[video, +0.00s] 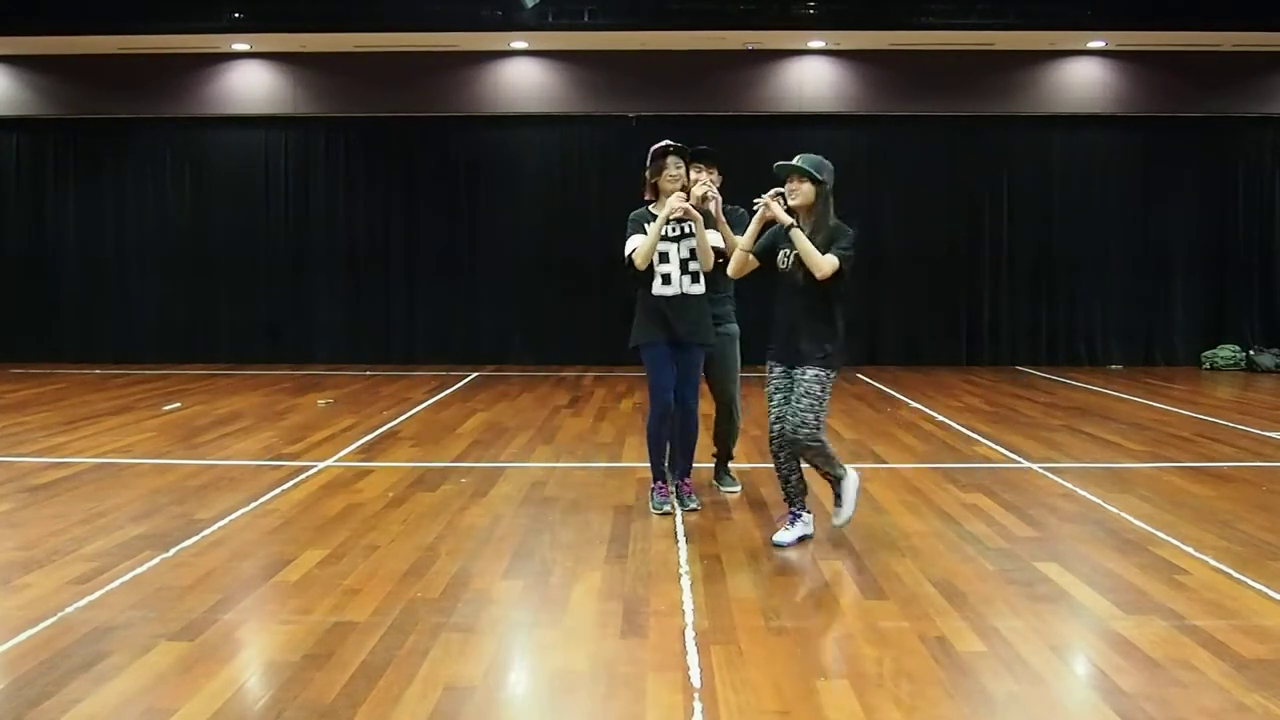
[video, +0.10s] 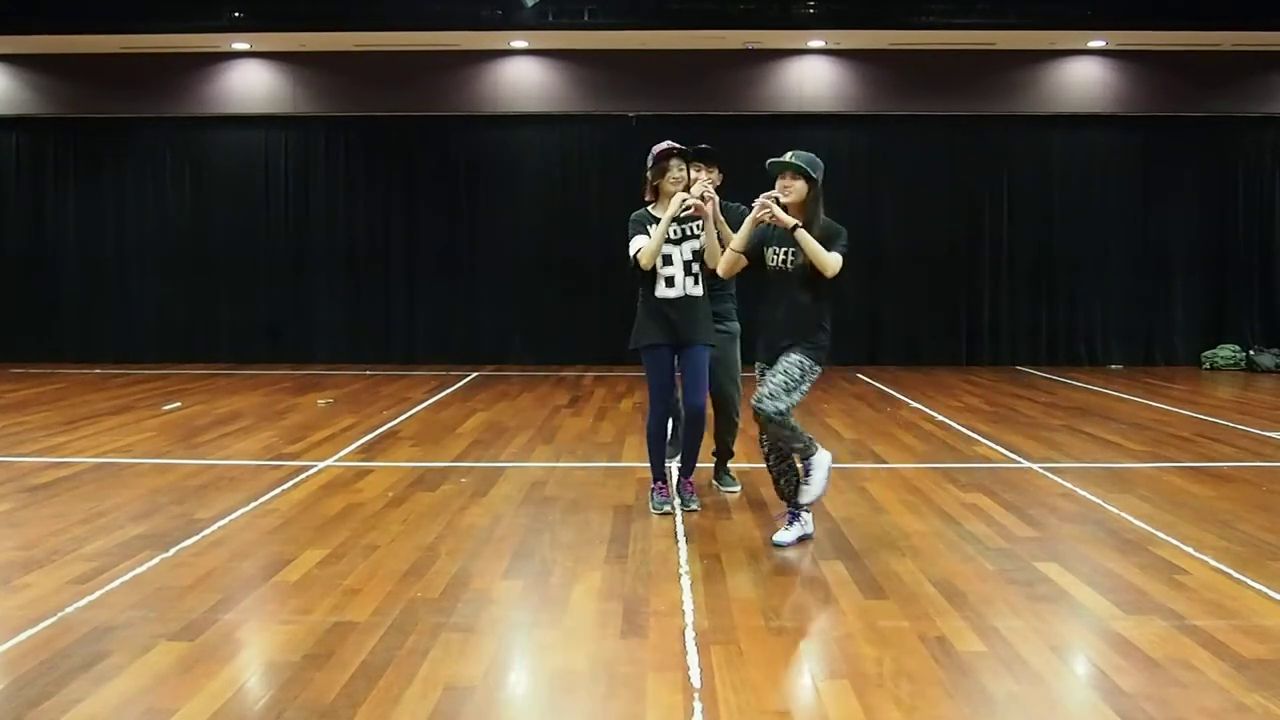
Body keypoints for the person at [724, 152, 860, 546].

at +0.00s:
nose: (791, 187)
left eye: (801, 181)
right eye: (788, 181)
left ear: (821, 187)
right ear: (785, 189)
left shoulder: (841, 234)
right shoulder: (780, 232)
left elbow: (822, 268)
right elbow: (735, 269)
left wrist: (787, 222)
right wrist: (757, 222)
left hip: (819, 350)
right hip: (780, 348)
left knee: (803, 435)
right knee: (779, 434)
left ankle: (841, 478)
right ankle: (799, 514)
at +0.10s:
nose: (784, 183)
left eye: (794, 177)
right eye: (781, 176)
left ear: (812, 185)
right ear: (775, 184)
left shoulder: (829, 232)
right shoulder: (765, 230)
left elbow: (831, 267)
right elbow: (725, 268)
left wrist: (793, 226)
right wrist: (749, 223)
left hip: (808, 343)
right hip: (768, 342)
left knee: (765, 408)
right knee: (770, 430)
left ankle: (813, 455)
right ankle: (798, 515)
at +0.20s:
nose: (779, 172)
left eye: (789, 167)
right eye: (775, 166)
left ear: (806, 176)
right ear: (767, 173)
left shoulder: (815, 219)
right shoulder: (753, 217)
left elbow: (837, 251)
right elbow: (711, 252)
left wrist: (797, 208)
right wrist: (743, 207)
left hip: (797, 332)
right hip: (759, 332)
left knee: (747, 393)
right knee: (772, 420)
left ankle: (783, 469)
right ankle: (798, 511)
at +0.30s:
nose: (770, 169)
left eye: (780, 163)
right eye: (765, 162)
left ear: (797, 174)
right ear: (756, 171)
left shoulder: (802, 216)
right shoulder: (742, 212)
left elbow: (836, 240)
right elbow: (698, 238)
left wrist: (795, 198)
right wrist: (734, 195)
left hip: (784, 332)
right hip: (747, 332)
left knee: (744, 407)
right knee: (767, 428)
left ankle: (749, 498)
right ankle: (796, 506)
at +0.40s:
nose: (760, 180)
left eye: (770, 173)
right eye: (754, 172)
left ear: (785, 182)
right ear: (745, 178)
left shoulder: (791, 226)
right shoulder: (731, 221)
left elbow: (819, 257)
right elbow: (692, 253)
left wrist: (783, 212)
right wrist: (725, 208)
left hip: (771, 347)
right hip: (731, 343)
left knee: (749, 435)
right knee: (728, 434)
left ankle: (738, 522)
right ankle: (784, 502)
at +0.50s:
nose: (747, 196)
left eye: (756, 189)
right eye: (741, 189)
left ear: (771, 193)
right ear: (732, 192)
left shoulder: (787, 239)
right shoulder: (722, 232)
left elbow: (801, 281)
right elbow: (688, 274)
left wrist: (767, 236)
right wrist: (716, 226)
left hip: (762, 355)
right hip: (720, 350)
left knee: (740, 438)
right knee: (700, 431)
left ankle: (739, 525)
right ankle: (753, 474)